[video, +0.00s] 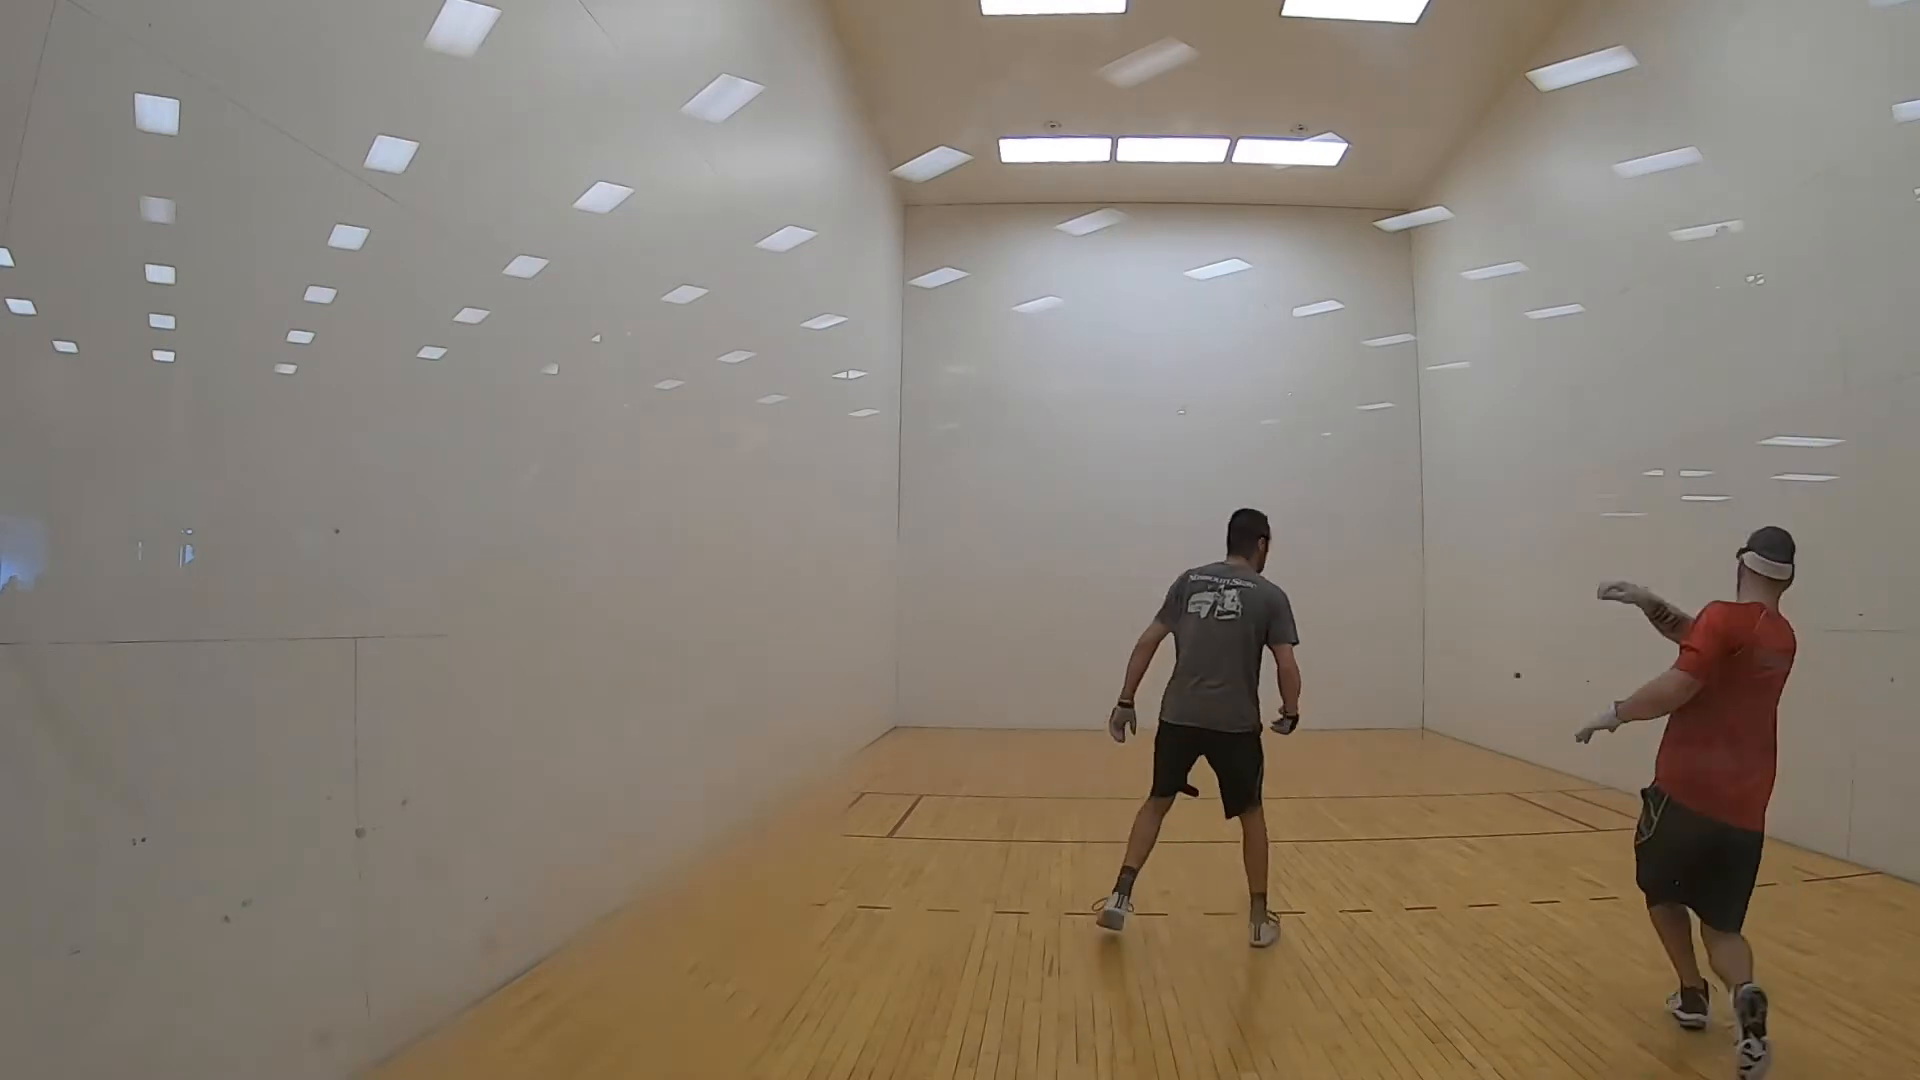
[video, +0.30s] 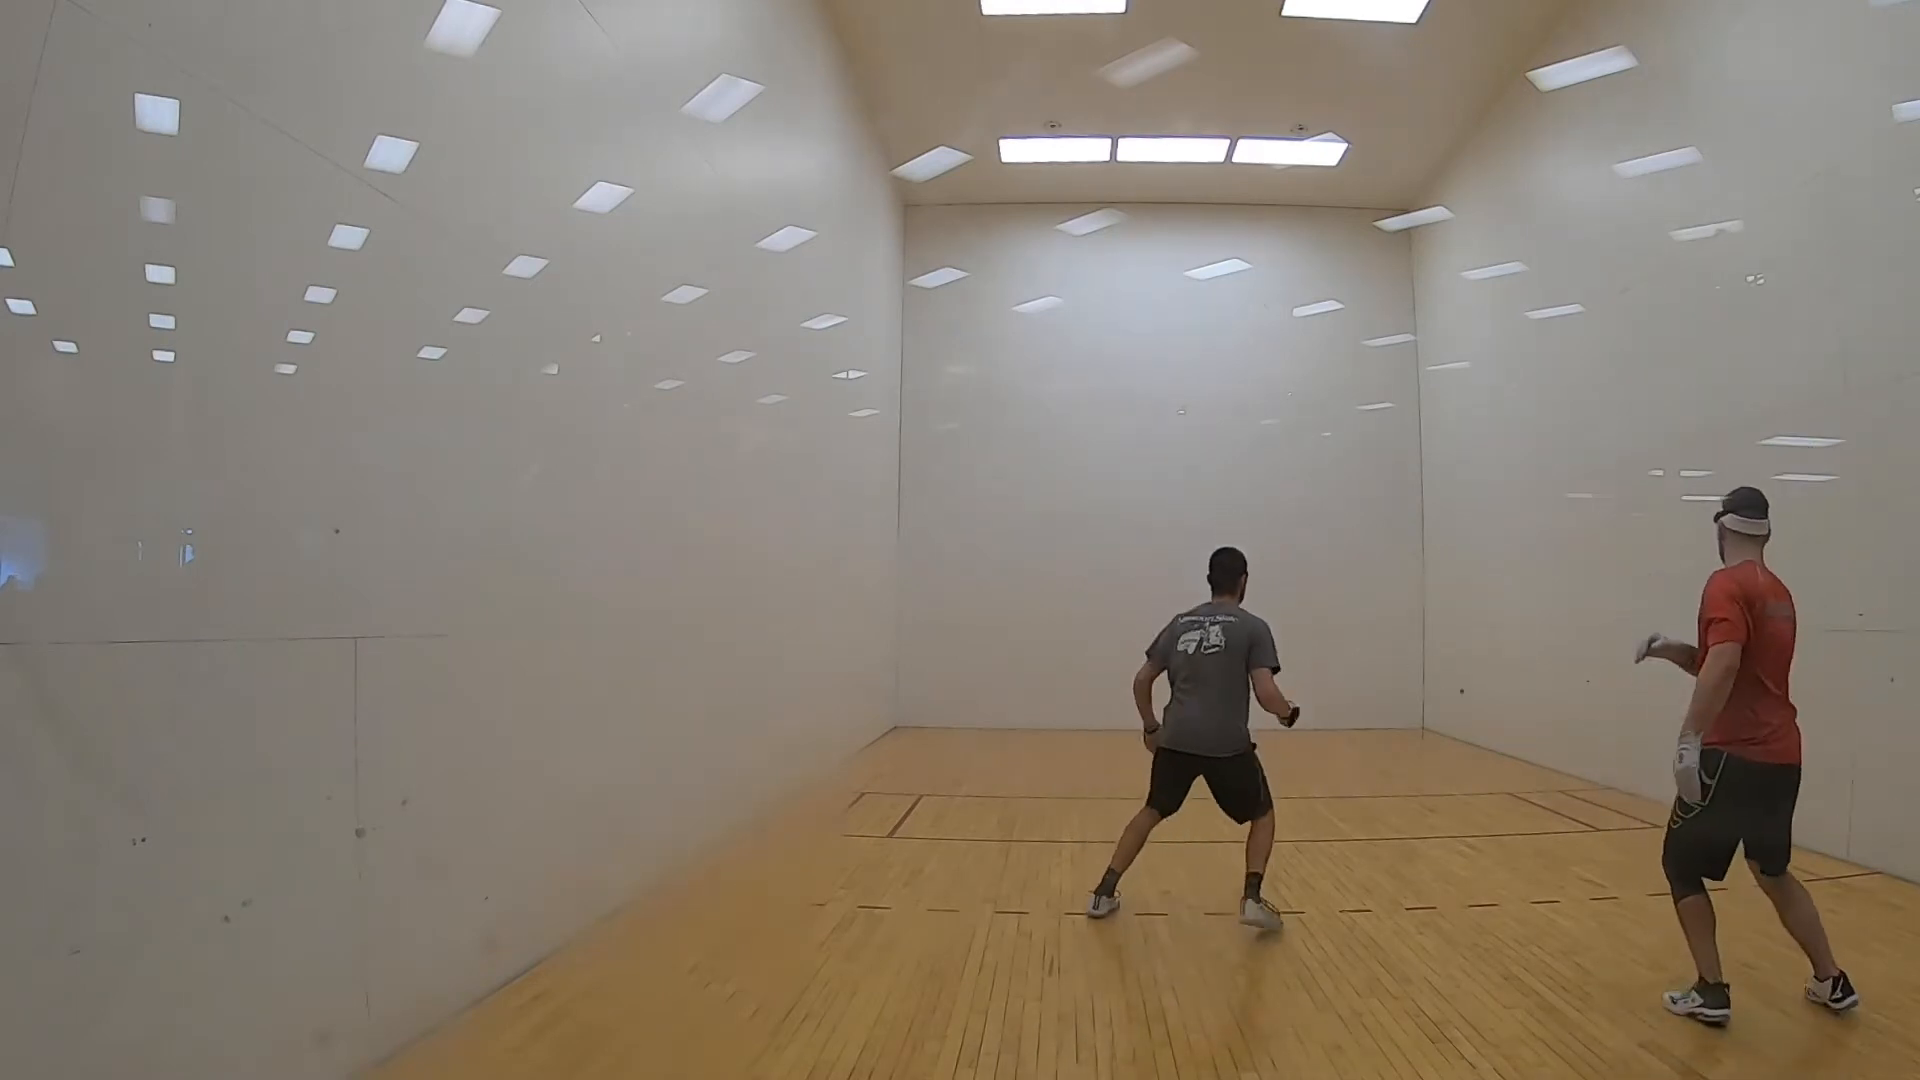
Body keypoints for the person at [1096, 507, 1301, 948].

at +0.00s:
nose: (1270, 552)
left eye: (1269, 545)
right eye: (1270, 545)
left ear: (1227, 542)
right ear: (1262, 545)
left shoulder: (1188, 581)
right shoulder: (1269, 595)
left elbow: (1148, 642)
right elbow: (1286, 663)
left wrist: (1125, 700)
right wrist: (1291, 711)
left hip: (1178, 720)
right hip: (1234, 726)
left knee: (1157, 802)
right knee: (1252, 817)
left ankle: (1119, 897)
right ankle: (1259, 919)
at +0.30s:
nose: (1246, 583)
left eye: (1243, 577)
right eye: (1246, 577)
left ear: (1209, 580)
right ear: (1243, 581)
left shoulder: (1180, 624)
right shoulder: (1253, 626)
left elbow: (1141, 681)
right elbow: (1266, 695)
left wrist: (1150, 725)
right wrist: (1286, 711)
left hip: (1175, 742)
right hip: (1227, 746)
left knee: (1152, 809)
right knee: (1262, 813)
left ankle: (1103, 893)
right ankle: (1252, 900)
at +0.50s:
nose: (1279, 619)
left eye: (1275, 612)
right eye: (1278, 612)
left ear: (1243, 613)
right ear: (1273, 613)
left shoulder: (1220, 650)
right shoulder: (1279, 650)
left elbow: (1231, 720)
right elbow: (1299, 702)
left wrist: (1290, 730)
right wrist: (1353, 730)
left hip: (1201, 752)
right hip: (1251, 750)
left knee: (1165, 821)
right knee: (1313, 791)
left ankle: (1107, 891)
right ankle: (1332, 885)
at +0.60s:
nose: (1333, 616)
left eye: (1327, 609)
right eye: (1332, 610)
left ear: (1297, 612)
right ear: (1329, 613)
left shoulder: (1276, 647)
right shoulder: (1321, 648)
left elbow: (1300, 713)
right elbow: (1333, 698)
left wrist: (1356, 705)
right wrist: (1386, 715)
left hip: (1239, 750)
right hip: (1283, 748)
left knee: (1198, 827)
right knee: (1353, 788)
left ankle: (1118, 884)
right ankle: (1366, 884)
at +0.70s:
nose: (1398, 629)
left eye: (1397, 622)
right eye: (1398, 622)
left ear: (1362, 619)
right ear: (1393, 624)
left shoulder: (1340, 650)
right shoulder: (1368, 654)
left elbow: (1355, 715)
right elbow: (1370, 705)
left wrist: (1403, 728)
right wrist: (1428, 708)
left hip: (1279, 749)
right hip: (1318, 750)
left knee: (1270, 834)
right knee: (1379, 798)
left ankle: (1189, 840)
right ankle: (1377, 890)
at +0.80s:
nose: (1442, 647)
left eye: (1443, 640)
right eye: (1444, 640)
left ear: (1413, 634)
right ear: (1439, 642)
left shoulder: (1390, 660)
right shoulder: (1401, 666)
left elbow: (1392, 715)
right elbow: (1401, 712)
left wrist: (1418, 748)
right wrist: (1462, 702)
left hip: (1311, 738)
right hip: (1335, 741)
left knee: (1352, 808)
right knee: (1397, 802)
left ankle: (1272, 831)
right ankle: (1378, 889)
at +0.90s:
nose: (1472, 661)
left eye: (1474, 655)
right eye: (1475, 655)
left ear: (1446, 643)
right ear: (1470, 656)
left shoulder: (1426, 665)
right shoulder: (1426, 672)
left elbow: (1408, 704)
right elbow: (1431, 713)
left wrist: (1410, 738)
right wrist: (1489, 707)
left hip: (1351, 725)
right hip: (1352, 731)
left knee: (1403, 781)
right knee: (1407, 802)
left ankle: (1363, 830)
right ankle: (1379, 877)